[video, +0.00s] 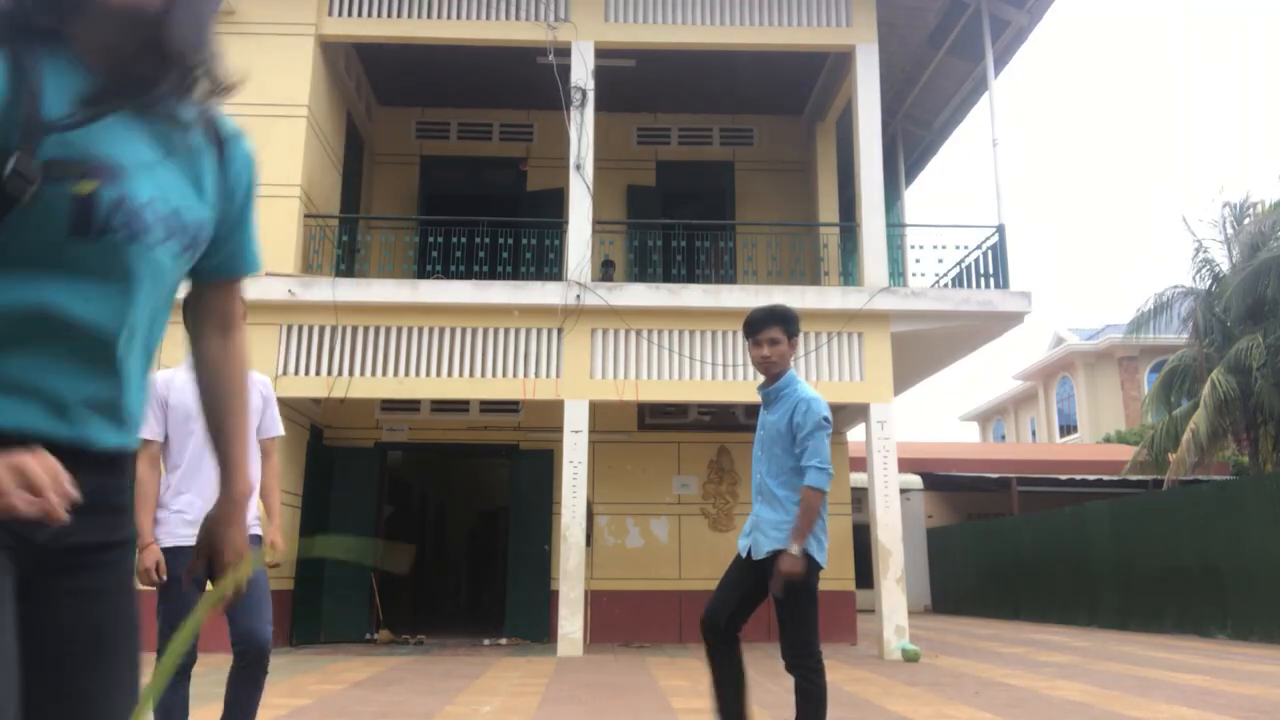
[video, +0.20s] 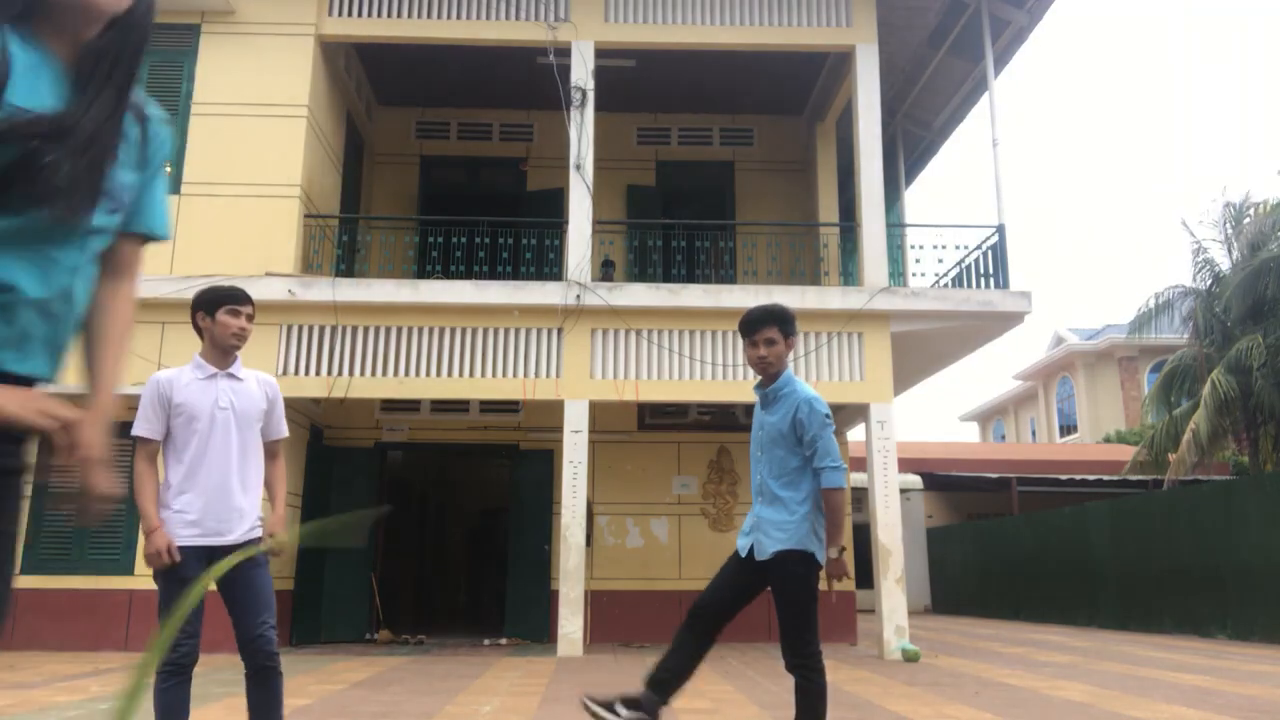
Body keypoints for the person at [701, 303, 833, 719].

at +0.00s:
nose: (765, 352)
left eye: (774, 343)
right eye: (756, 344)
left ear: (793, 346)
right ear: (748, 350)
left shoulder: (807, 404)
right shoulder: (771, 402)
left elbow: (817, 478)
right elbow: (775, 476)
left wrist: (797, 547)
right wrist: (756, 532)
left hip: (794, 546)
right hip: (759, 543)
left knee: (803, 659)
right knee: (717, 624)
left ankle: (810, 719)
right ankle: (733, 716)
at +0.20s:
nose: (759, 353)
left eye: (769, 343)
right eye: (751, 345)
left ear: (791, 345)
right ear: (744, 351)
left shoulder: (806, 404)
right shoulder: (765, 401)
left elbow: (834, 477)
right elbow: (780, 475)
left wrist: (834, 547)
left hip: (795, 542)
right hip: (759, 538)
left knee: (803, 657)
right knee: (704, 616)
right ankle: (649, 702)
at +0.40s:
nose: (760, 352)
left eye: (770, 342)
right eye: (751, 344)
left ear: (787, 345)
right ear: (741, 350)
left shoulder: (808, 403)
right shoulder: (755, 403)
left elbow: (840, 472)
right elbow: (767, 473)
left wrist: (836, 543)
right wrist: (753, 518)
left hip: (793, 540)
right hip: (754, 536)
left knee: (802, 656)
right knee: (688, 597)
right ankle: (632, 693)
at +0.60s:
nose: (750, 352)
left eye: (760, 343)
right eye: (741, 344)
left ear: (778, 346)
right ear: (734, 351)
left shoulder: (800, 404)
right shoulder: (741, 407)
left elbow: (827, 473)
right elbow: (749, 476)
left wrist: (822, 544)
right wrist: (739, 523)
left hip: (785, 543)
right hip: (741, 540)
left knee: (798, 659)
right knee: (681, 610)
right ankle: (670, 714)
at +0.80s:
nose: (712, 352)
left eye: (720, 344)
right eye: (711, 345)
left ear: (751, 349)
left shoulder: (784, 410)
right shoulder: (721, 411)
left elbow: (808, 481)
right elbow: (722, 481)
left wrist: (805, 551)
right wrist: (716, 535)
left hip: (763, 552)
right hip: (721, 552)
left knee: (784, 659)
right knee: (720, 660)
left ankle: (802, 718)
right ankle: (713, 719)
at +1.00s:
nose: (687, 350)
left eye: (693, 342)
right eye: (688, 342)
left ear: (719, 346)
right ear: (714, 347)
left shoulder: (754, 403)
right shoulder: (708, 410)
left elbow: (772, 477)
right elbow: (703, 487)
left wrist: (772, 547)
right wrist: (684, 543)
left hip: (739, 553)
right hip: (702, 554)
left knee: (759, 655)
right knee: (704, 657)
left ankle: (790, 717)